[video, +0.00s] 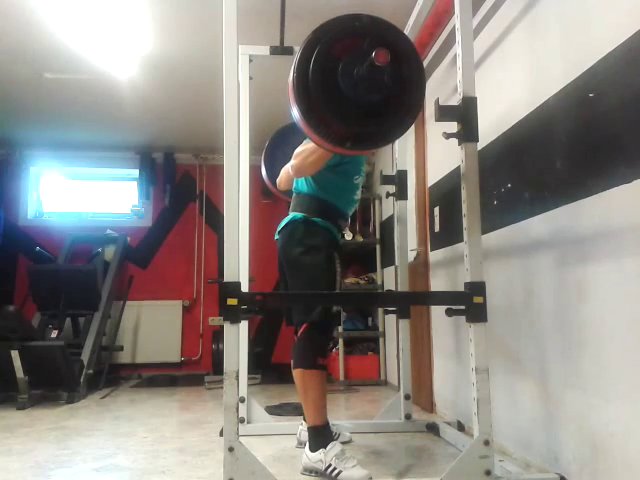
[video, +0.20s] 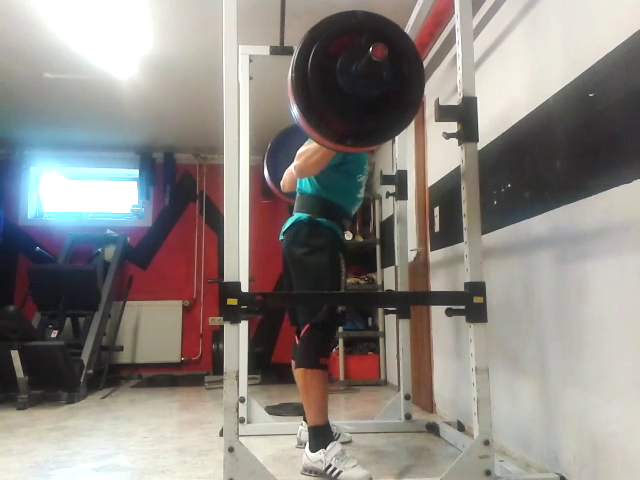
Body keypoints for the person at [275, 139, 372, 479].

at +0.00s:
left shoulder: (347, 140)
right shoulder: (333, 133)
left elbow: (282, 181)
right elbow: (294, 169)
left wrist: (299, 166)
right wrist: (333, 141)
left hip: (316, 234)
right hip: (307, 232)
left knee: (314, 332)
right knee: (314, 331)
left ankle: (315, 429)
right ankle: (319, 445)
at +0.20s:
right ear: (355, 109)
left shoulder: (349, 141)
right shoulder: (335, 134)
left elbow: (286, 184)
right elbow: (298, 169)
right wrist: (339, 137)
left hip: (316, 234)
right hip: (311, 234)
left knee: (311, 334)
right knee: (318, 332)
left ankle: (315, 429)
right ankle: (320, 447)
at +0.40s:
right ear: (356, 108)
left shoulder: (347, 142)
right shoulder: (336, 135)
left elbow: (286, 184)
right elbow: (298, 166)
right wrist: (338, 133)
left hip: (315, 235)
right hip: (310, 234)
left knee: (312, 334)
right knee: (316, 333)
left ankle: (315, 429)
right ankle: (319, 446)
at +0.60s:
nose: (379, 133)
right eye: (376, 124)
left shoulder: (348, 143)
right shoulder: (335, 135)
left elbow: (288, 184)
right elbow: (298, 168)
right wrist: (338, 135)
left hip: (317, 234)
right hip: (312, 234)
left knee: (313, 334)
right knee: (317, 333)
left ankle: (315, 430)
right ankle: (320, 446)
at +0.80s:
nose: (375, 134)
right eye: (372, 125)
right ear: (352, 112)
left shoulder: (348, 145)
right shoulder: (332, 134)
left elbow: (289, 185)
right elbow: (296, 170)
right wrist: (334, 134)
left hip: (318, 234)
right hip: (311, 233)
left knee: (313, 333)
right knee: (316, 332)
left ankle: (315, 430)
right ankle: (320, 446)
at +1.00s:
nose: (373, 135)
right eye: (368, 126)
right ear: (351, 114)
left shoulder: (345, 144)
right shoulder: (330, 134)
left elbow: (289, 186)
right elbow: (296, 170)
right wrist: (333, 134)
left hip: (317, 234)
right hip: (310, 233)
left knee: (314, 333)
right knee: (316, 332)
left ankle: (315, 429)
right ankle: (319, 446)